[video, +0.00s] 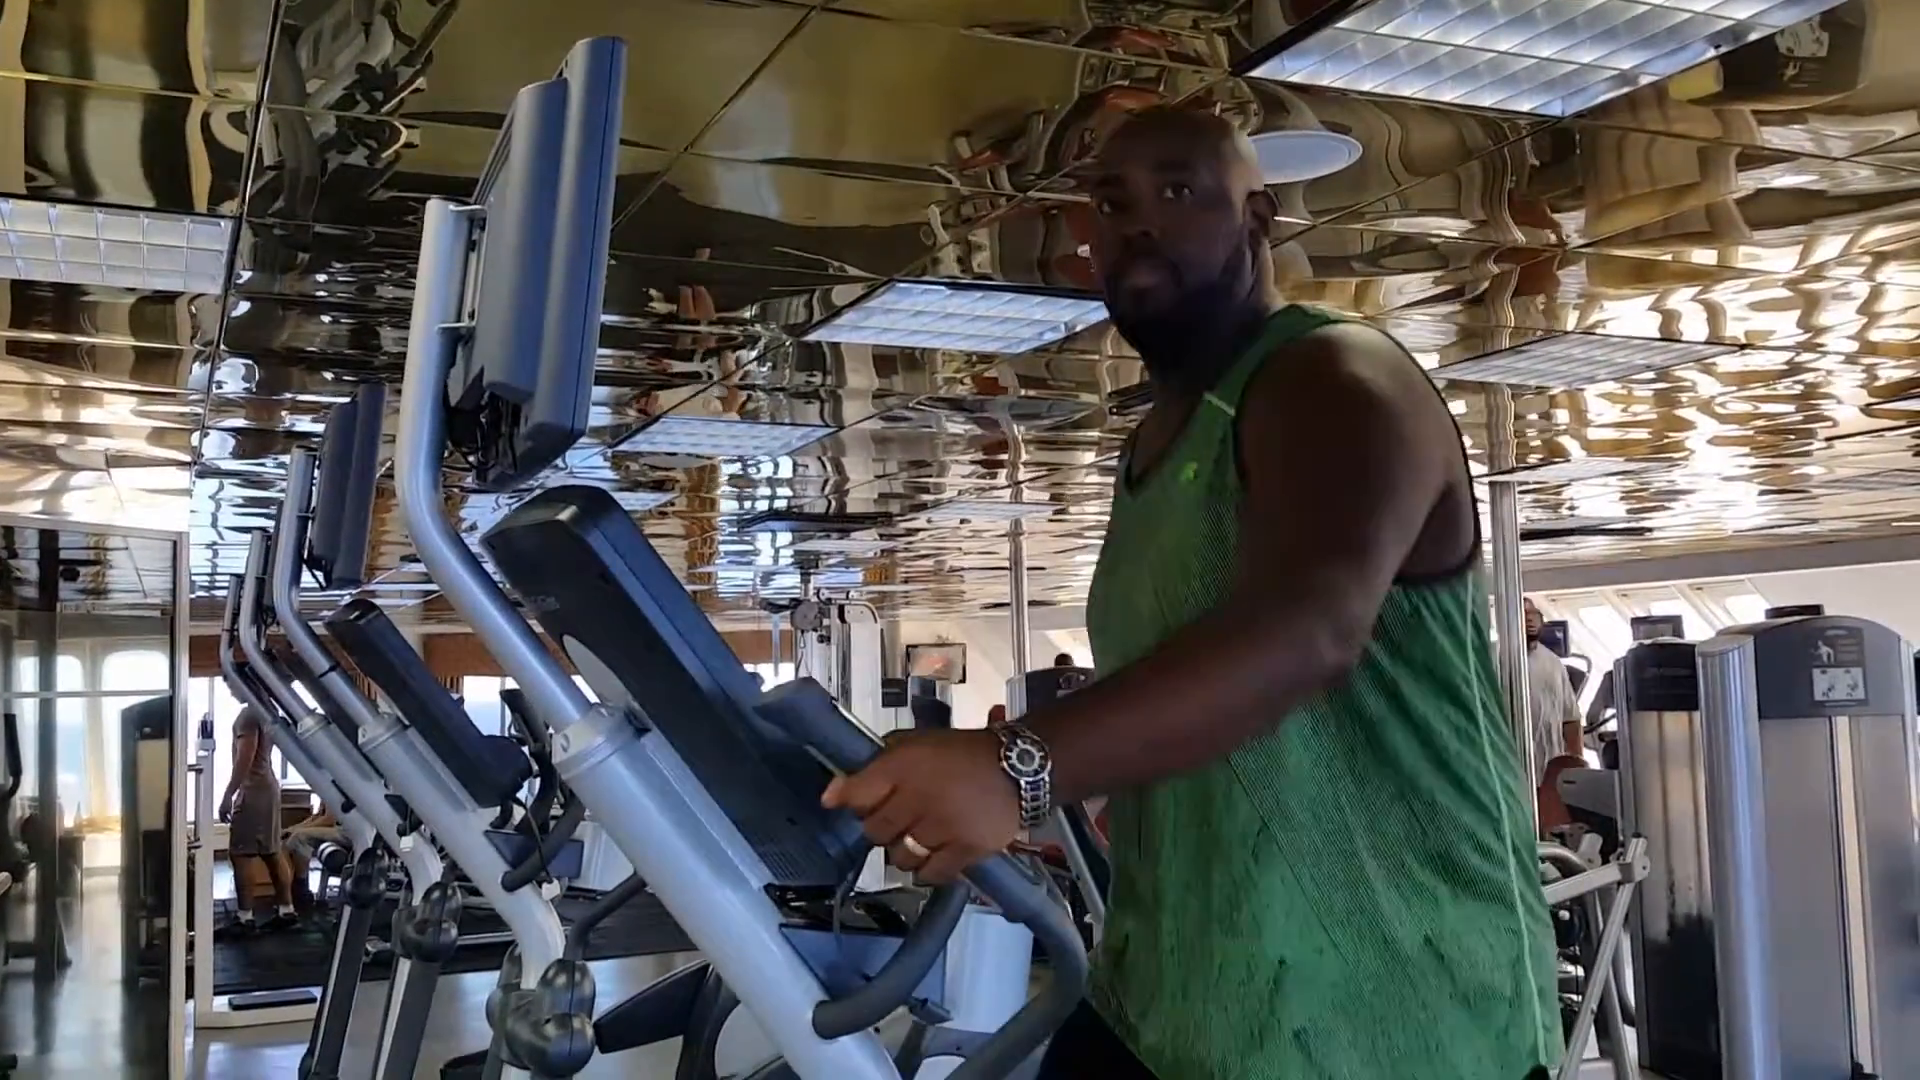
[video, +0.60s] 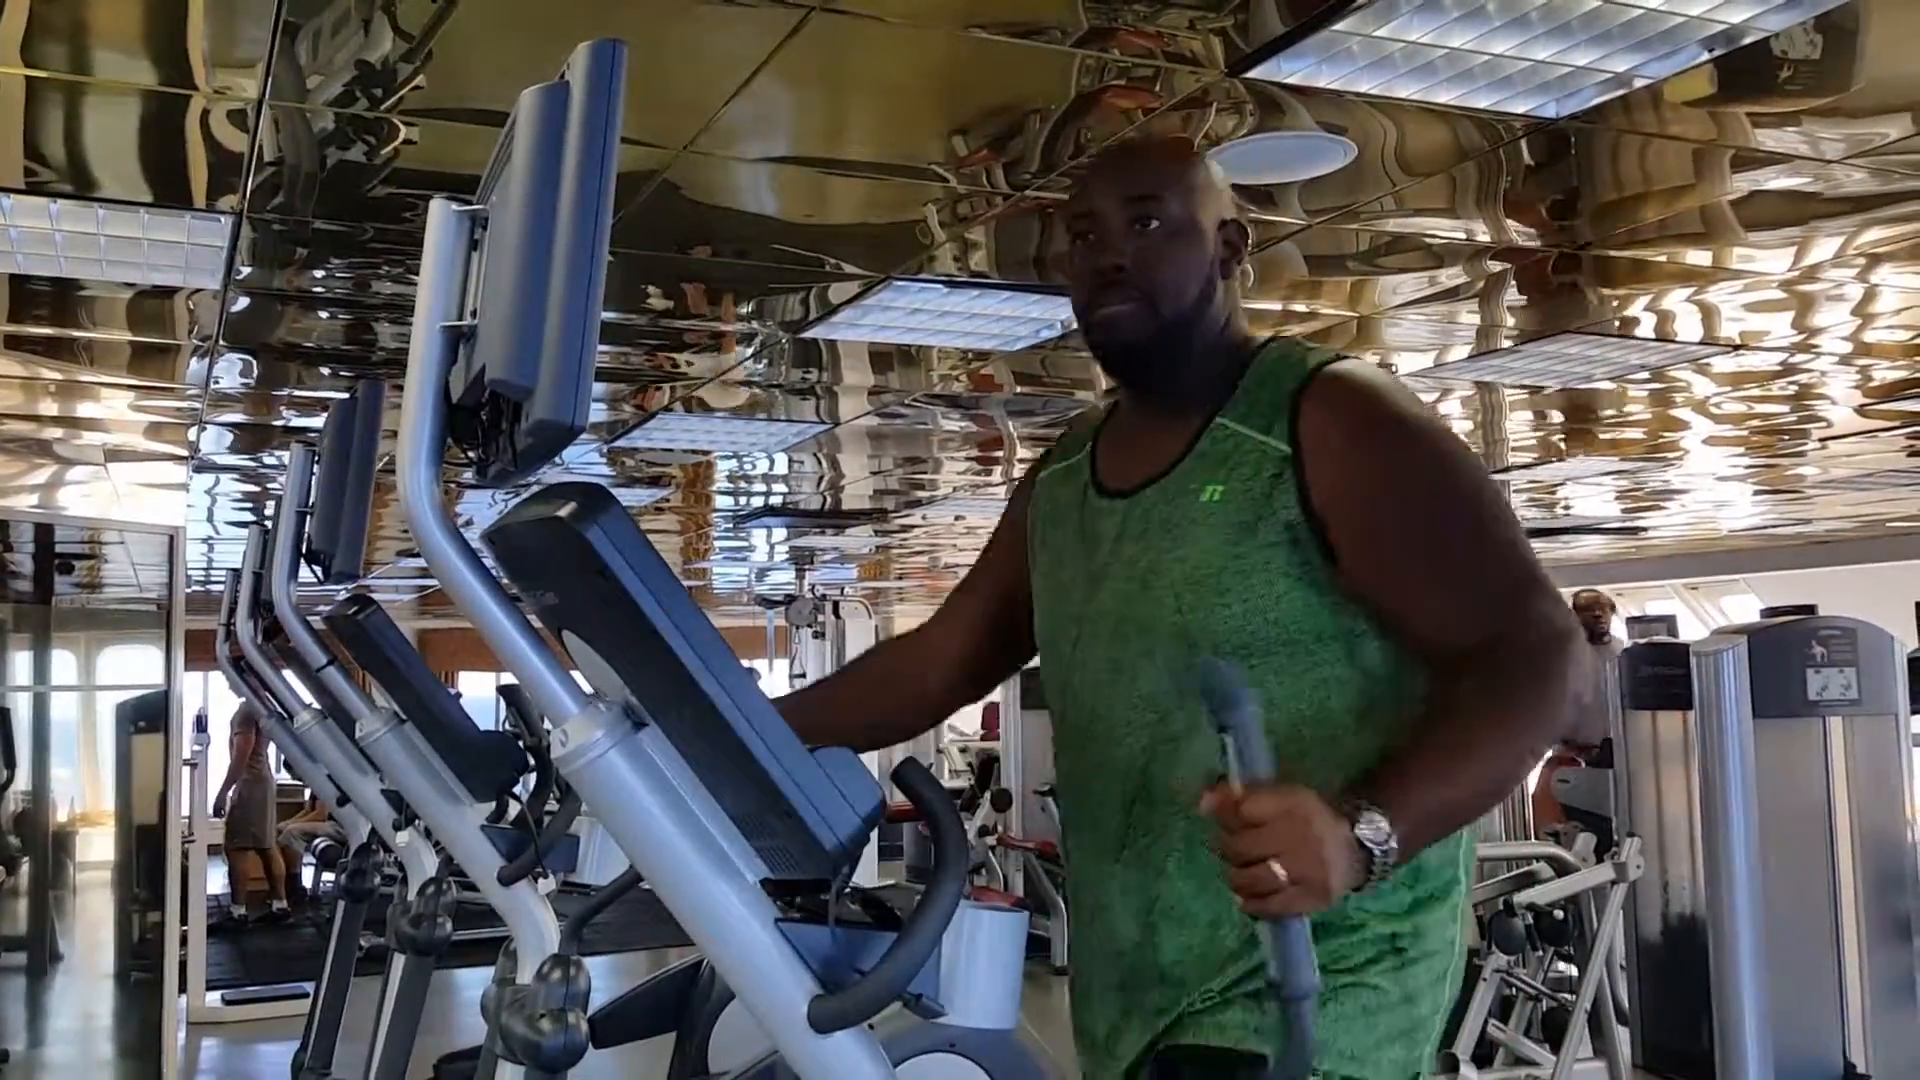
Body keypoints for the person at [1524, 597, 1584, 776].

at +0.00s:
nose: (1529, 618)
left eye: (1534, 613)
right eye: (1523, 613)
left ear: (1541, 621)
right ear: (1513, 620)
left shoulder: (1552, 662)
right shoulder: (1497, 656)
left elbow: (1571, 719)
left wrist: (1574, 764)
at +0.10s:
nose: (1544, 615)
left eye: (1548, 608)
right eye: (1535, 609)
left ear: (1555, 614)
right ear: (1519, 616)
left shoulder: (1566, 660)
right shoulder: (1498, 660)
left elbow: (1589, 714)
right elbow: (1487, 717)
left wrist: (1599, 757)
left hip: (1565, 764)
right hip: (1517, 768)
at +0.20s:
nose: (1556, 613)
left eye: (1560, 607)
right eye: (1547, 608)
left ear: (1567, 614)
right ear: (1531, 615)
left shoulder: (1581, 656)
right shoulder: (1519, 656)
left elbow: (1603, 713)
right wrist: (1523, 753)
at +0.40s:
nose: (1578, 618)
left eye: (1583, 612)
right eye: (1570, 612)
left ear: (1590, 617)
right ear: (1554, 619)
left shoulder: (1602, 658)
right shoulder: (1535, 660)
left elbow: (1613, 706)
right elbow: (1518, 713)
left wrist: (1610, 745)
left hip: (1597, 761)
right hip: (1551, 763)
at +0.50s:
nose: (1590, 616)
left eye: (1594, 611)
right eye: (1580, 611)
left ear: (1601, 616)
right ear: (1564, 618)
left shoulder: (1613, 656)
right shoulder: (1551, 655)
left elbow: (1627, 704)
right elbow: (1541, 712)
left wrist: (1619, 744)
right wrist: (1561, 745)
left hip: (1609, 759)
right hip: (1565, 761)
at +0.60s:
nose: (1599, 616)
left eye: (1604, 610)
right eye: (1590, 610)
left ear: (1612, 615)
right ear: (1576, 617)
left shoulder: (1623, 652)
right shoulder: (1571, 654)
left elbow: (1637, 700)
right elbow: (1557, 703)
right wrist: (1567, 741)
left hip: (1619, 749)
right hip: (1577, 753)